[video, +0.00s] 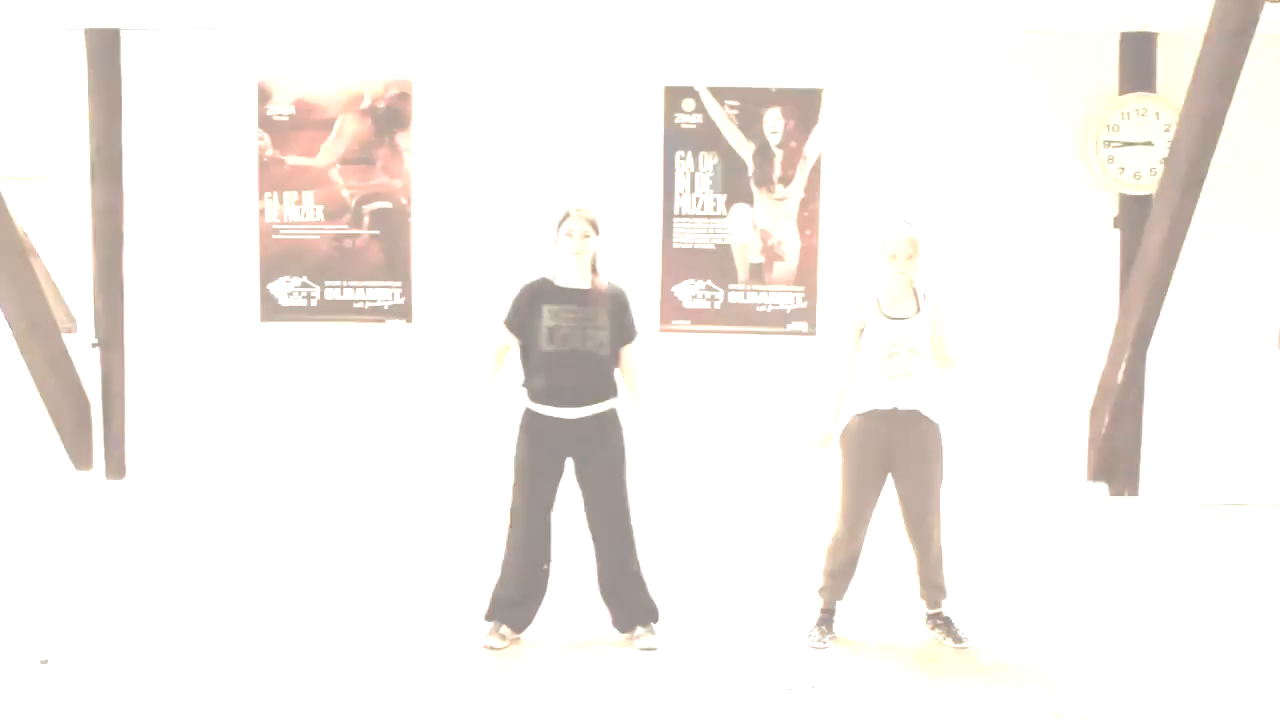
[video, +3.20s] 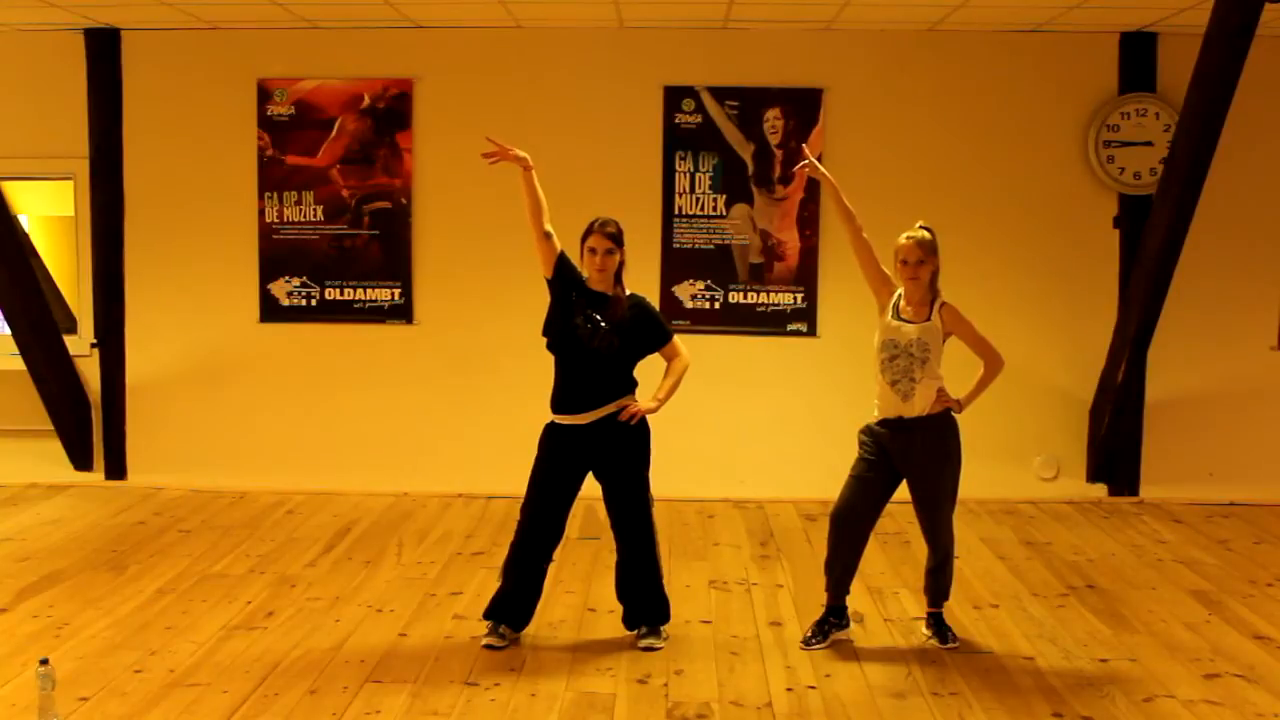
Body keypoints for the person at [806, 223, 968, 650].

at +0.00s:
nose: (899, 264)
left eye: (907, 257)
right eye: (892, 256)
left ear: (918, 260)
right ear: (880, 259)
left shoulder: (931, 306)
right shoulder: (862, 304)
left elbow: (946, 363)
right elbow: (841, 367)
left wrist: (934, 313)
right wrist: (831, 423)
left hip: (919, 423)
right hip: (866, 422)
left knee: (926, 525)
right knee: (851, 525)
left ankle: (936, 615)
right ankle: (826, 614)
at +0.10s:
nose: (899, 263)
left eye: (907, 257)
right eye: (891, 256)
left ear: (917, 260)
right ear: (878, 257)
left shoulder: (930, 307)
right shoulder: (858, 306)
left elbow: (940, 364)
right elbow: (846, 367)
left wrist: (955, 374)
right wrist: (832, 418)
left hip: (918, 426)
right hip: (866, 425)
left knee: (925, 524)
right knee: (851, 523)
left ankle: (936, 614)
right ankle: (827, 613)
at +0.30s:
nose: (896, 262)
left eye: (903, 255)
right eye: (888, 255)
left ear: (915, 259)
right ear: (876, 258)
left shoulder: (931, 307)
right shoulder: (858, 305)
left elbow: (954, 355)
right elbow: (812, 337)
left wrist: (951, 405)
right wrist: (842, 357)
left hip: (915, 429)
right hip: (864, 428)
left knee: (924, 528)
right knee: (848, 524)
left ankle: (934, 613)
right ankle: (826, 612)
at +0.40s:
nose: (897, 262)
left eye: (904, 256)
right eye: (889, 255)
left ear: (917, 260)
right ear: (878, 259)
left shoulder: (933, 303)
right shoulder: (865, 296)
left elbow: (972, 341)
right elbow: (808, 287)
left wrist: (949, 387)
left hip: (916, 428)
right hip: (866, 426)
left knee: (923, 526)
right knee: (847, 523)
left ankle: (933, 614)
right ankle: (825, 613)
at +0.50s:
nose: (898, 263)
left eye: (906, 257)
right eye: (891, 256)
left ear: (920, 261)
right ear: (881, 259)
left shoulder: (935, 307)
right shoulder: (876, 292)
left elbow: (975, 346)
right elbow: (836, 249)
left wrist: (949, 387)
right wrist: (809, 219)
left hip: (919, 430)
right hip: (870, 429)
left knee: (927, 528)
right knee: (846, 522)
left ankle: (934, 614)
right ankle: (827, 612)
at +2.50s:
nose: (905, 268)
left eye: (914, 262)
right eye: (901, 261)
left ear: (932, 265)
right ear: (894, 263)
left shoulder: (943, 314)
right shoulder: (888, 299)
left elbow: (993, 361)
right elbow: (855, 227)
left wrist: (962, 401)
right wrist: (826, 171)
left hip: (933, 435)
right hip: (883, 435)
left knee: (939, 531)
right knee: (845, 519)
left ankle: (936, 615)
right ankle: (834, 612)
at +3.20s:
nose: (906, 270)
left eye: (915, 263)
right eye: (901, 262)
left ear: (934, 265)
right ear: (895, 263)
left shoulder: (944, 314)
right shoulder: (888, 298)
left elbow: (995, 361)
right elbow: (855, 229)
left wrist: (963, 402)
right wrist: (822, 175)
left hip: (933, 435)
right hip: (884, 435)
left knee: (939, 532)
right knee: (845, 519)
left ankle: (935, 615)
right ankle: (834, 612)